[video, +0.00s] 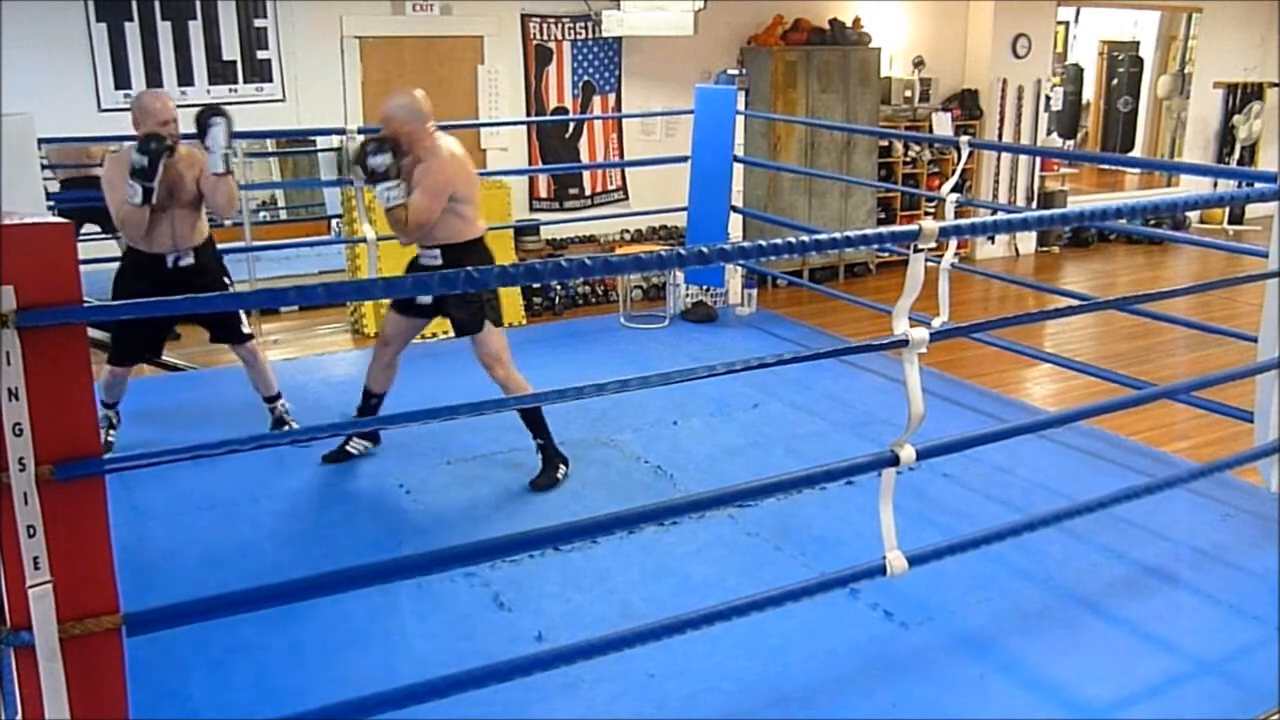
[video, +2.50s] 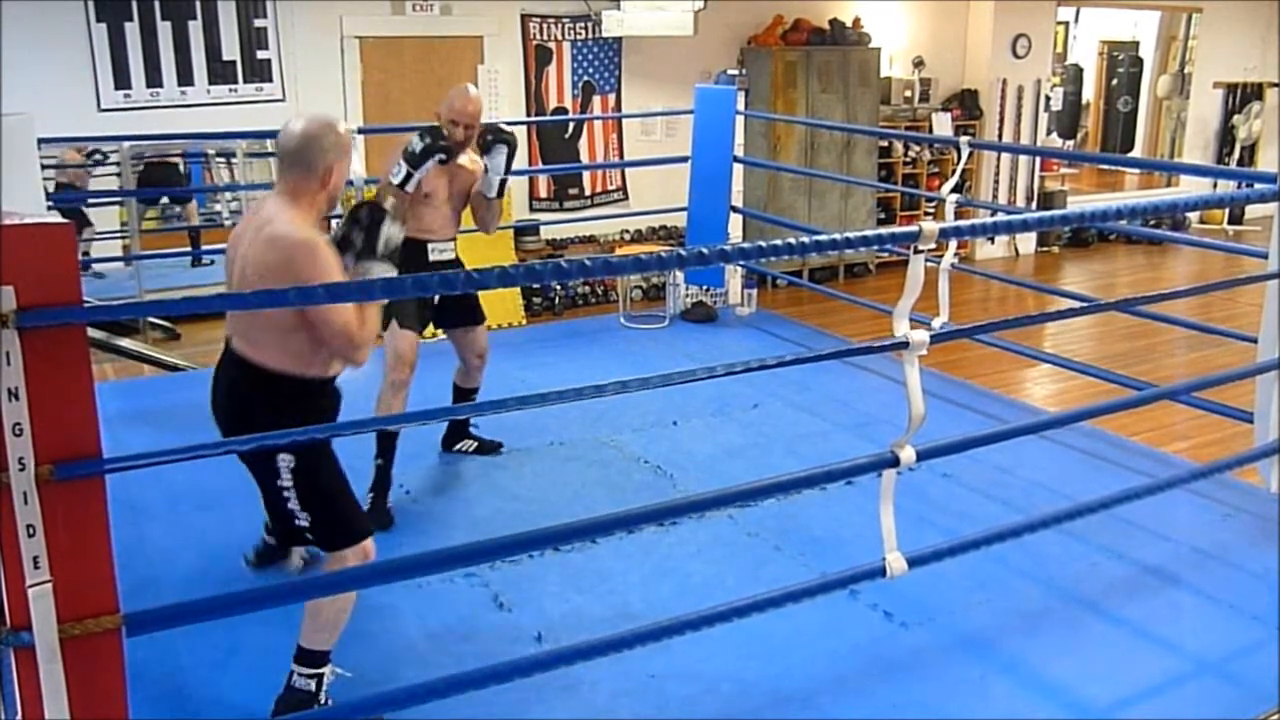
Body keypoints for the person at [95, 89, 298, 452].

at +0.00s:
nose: (171, 132)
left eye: (175, 123)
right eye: (161, 126)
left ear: (179, 120)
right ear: (137, 126)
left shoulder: (196, 155)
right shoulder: (119, 163)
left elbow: (227, 209)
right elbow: (132, 231)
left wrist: (219, 153)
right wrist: (143, 180)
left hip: (200, 264)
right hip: (144, 269)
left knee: (245, 345)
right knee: (120, 363)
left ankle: (281, 414)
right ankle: (107, 421)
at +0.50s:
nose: (96, 111)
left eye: (96, 103)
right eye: (85, 106)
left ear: (97, 102)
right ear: (57, 114)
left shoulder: (106, 147)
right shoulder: (46, 163)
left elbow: (124, 204)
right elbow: (79, 238)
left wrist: (155, 192)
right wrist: (94, 176)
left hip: (117, 269)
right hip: (73, 276)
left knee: (166, 357)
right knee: (81, 378)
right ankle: (75, 458)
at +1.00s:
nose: (91, 168)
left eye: (89, 157)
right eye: (81, 161)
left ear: (46, 173)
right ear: (46, 172)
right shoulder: (45, 227)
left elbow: (106, 278)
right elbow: (98, 289)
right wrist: (113, 226)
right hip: (70, 373)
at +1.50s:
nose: (142, 129)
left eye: (139, 119)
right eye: (139, 120)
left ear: (85, 123)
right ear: (124, 124)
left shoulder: (53, 177)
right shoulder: (138, 191)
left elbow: (46, 243)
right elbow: (176, 270)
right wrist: (170, 230)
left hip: (55, 324)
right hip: (115, 324)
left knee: (73, 458)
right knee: (154, 459)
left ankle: (64, 574)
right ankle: (127, 571)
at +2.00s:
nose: (250, 160)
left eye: (247, 150)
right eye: (246, 152)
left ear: (193, 154)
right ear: (227, 157)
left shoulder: (169, 200)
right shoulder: (227, 224)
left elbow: (172, 282)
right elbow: (273, 312)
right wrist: (269, 257)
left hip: (155, 360)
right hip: (201, 373)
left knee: (228, 443)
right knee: (238, 522)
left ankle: (247, 528)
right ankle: (177, 659)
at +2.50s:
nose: (347, 175)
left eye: (347, 165)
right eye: (346, 166)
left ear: (284, 164)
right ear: (332, 174)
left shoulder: (255, 217)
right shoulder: (303, 244)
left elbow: (268, 299)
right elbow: (355, 344)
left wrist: (344, 253)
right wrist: (375, 272)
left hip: (239, 383)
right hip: (282, 408)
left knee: (285, 470)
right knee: (353, 552)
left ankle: (278, 543)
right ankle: (303, 690)